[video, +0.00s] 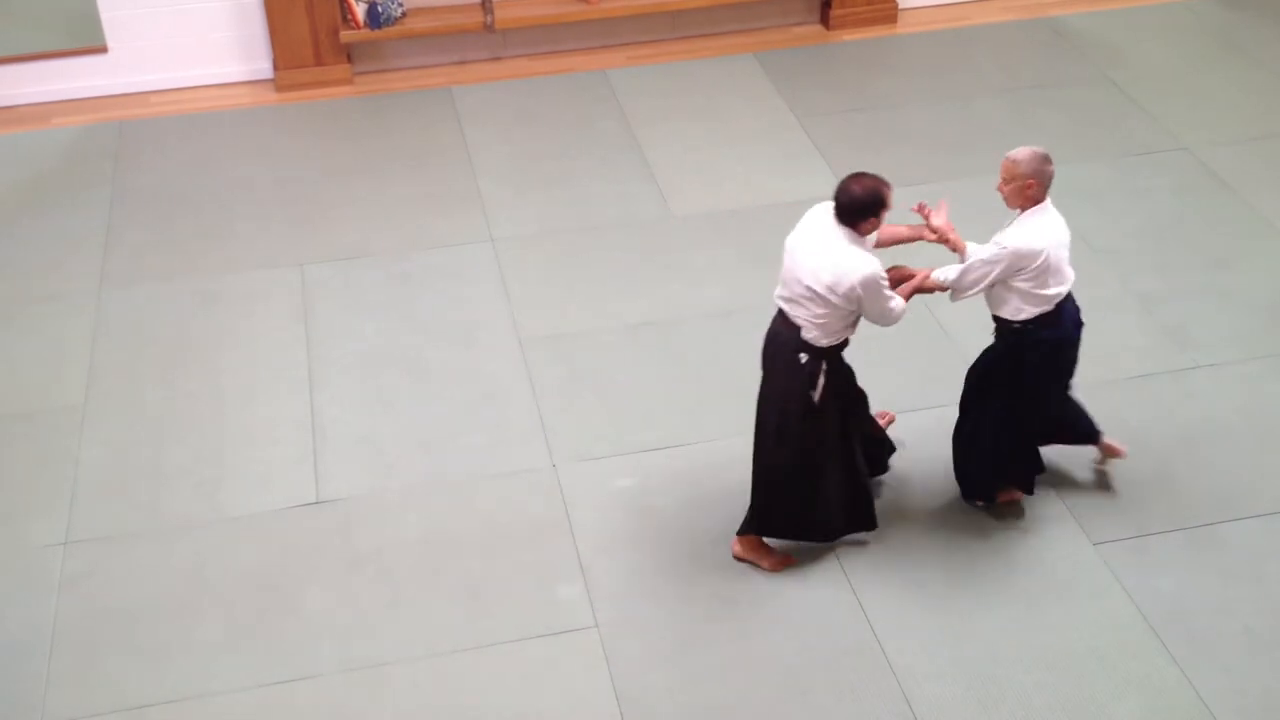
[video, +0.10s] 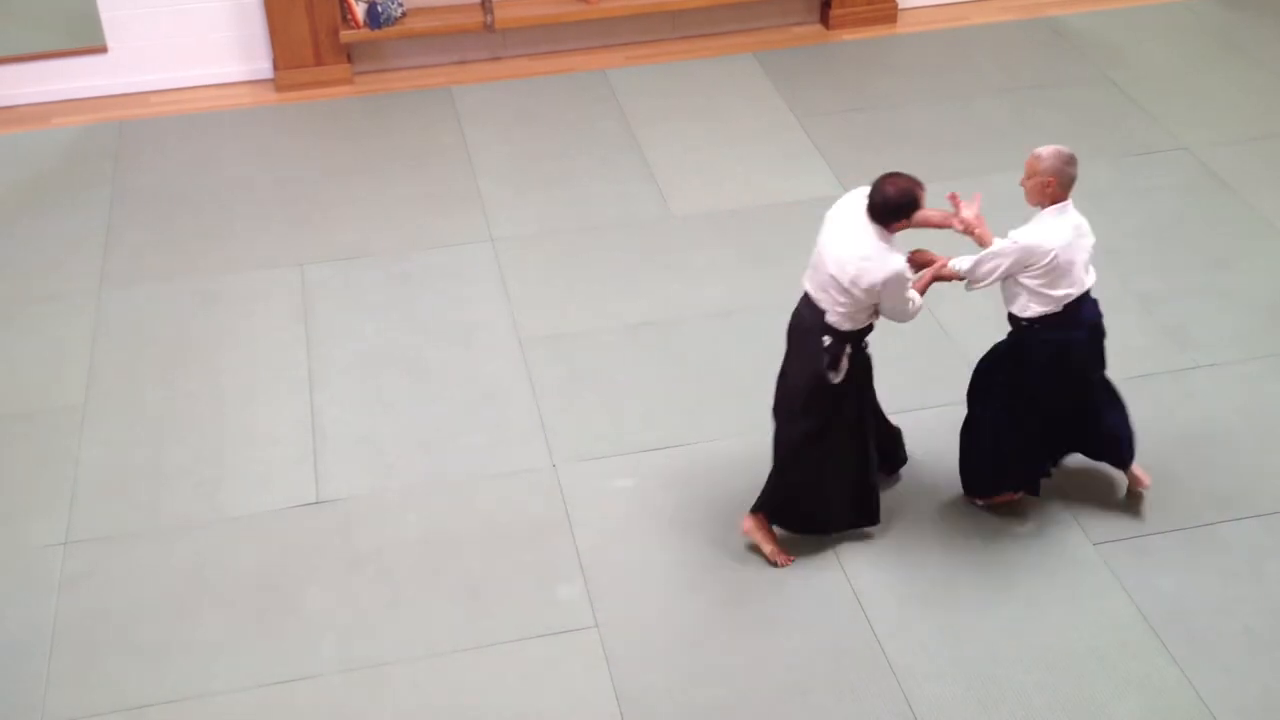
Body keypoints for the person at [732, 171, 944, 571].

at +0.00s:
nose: (889, 212)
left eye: (887, 205)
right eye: (886, 207)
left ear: (842, 203)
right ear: (870, 220)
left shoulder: (820, 213)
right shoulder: (861, 270)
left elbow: (871, 236)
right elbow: (887, 314)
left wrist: (926, 232)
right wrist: (916, 283)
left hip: (784, 332)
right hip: (806, 360)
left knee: (844, 397)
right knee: (786, 446)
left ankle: (864, 437)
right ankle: (749, 537)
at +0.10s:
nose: (924, 209)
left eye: (922, 202)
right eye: (921, 206)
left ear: (876, 189)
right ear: (903, 220)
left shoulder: (856, 199)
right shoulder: (886, 267)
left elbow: (905, 216)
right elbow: (903, 311)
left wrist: (948, 220)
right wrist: (930, 274)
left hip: (808, 314)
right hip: (832, 344)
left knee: (855, 403)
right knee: (808, 432)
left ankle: (878, 456)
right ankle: (760, 517)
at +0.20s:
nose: (955, 207)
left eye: (957, 198)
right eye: (952, 202)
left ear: (918, 178)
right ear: (936, 218)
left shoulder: (898, 183)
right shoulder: (911, 261)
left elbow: (949, 194)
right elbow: (920, 301)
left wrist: (986, 211)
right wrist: (950, 263)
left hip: (830, 289)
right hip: (850, 320)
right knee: (856, 406)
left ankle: (869, 458)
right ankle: (795, 480)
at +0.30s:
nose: (991, 187)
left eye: (987, 183)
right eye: (988, 191)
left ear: (955, 176)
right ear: (970, 211)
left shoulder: (940, 170)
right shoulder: (935, 249)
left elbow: (987, 168)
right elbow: (943, 288)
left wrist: (1021, 196)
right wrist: (985, 256)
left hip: (853, 268)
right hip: (873, 302)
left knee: (857, 367)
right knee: (900, 370)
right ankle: (850, 450)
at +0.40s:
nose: (1019, 181)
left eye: (1013, 180)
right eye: (1017, 188)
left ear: (984, 170)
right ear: (999, 209)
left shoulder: (974, 165)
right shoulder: (965, 241)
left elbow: (1028, 149)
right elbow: (969, 279)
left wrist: (1063, 182)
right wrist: (1014, 249)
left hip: (882, 254)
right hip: (907, 289)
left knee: (885, 348)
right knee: (954, 353)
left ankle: (867, 426)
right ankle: (929, 425)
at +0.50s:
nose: (1044, 179)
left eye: (1038, 177)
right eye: (1040, 186)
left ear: (1018, 167)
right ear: (1023, 209)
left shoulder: (1006, 162)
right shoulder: (993, 242)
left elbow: (1068, 137)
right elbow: (1000, 279)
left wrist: (1101, 173)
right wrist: (1045, 251)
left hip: (921, 246)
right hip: (946, 284)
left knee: (912, 341)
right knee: (999, 339)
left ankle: (878, 416)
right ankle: (999, 406)